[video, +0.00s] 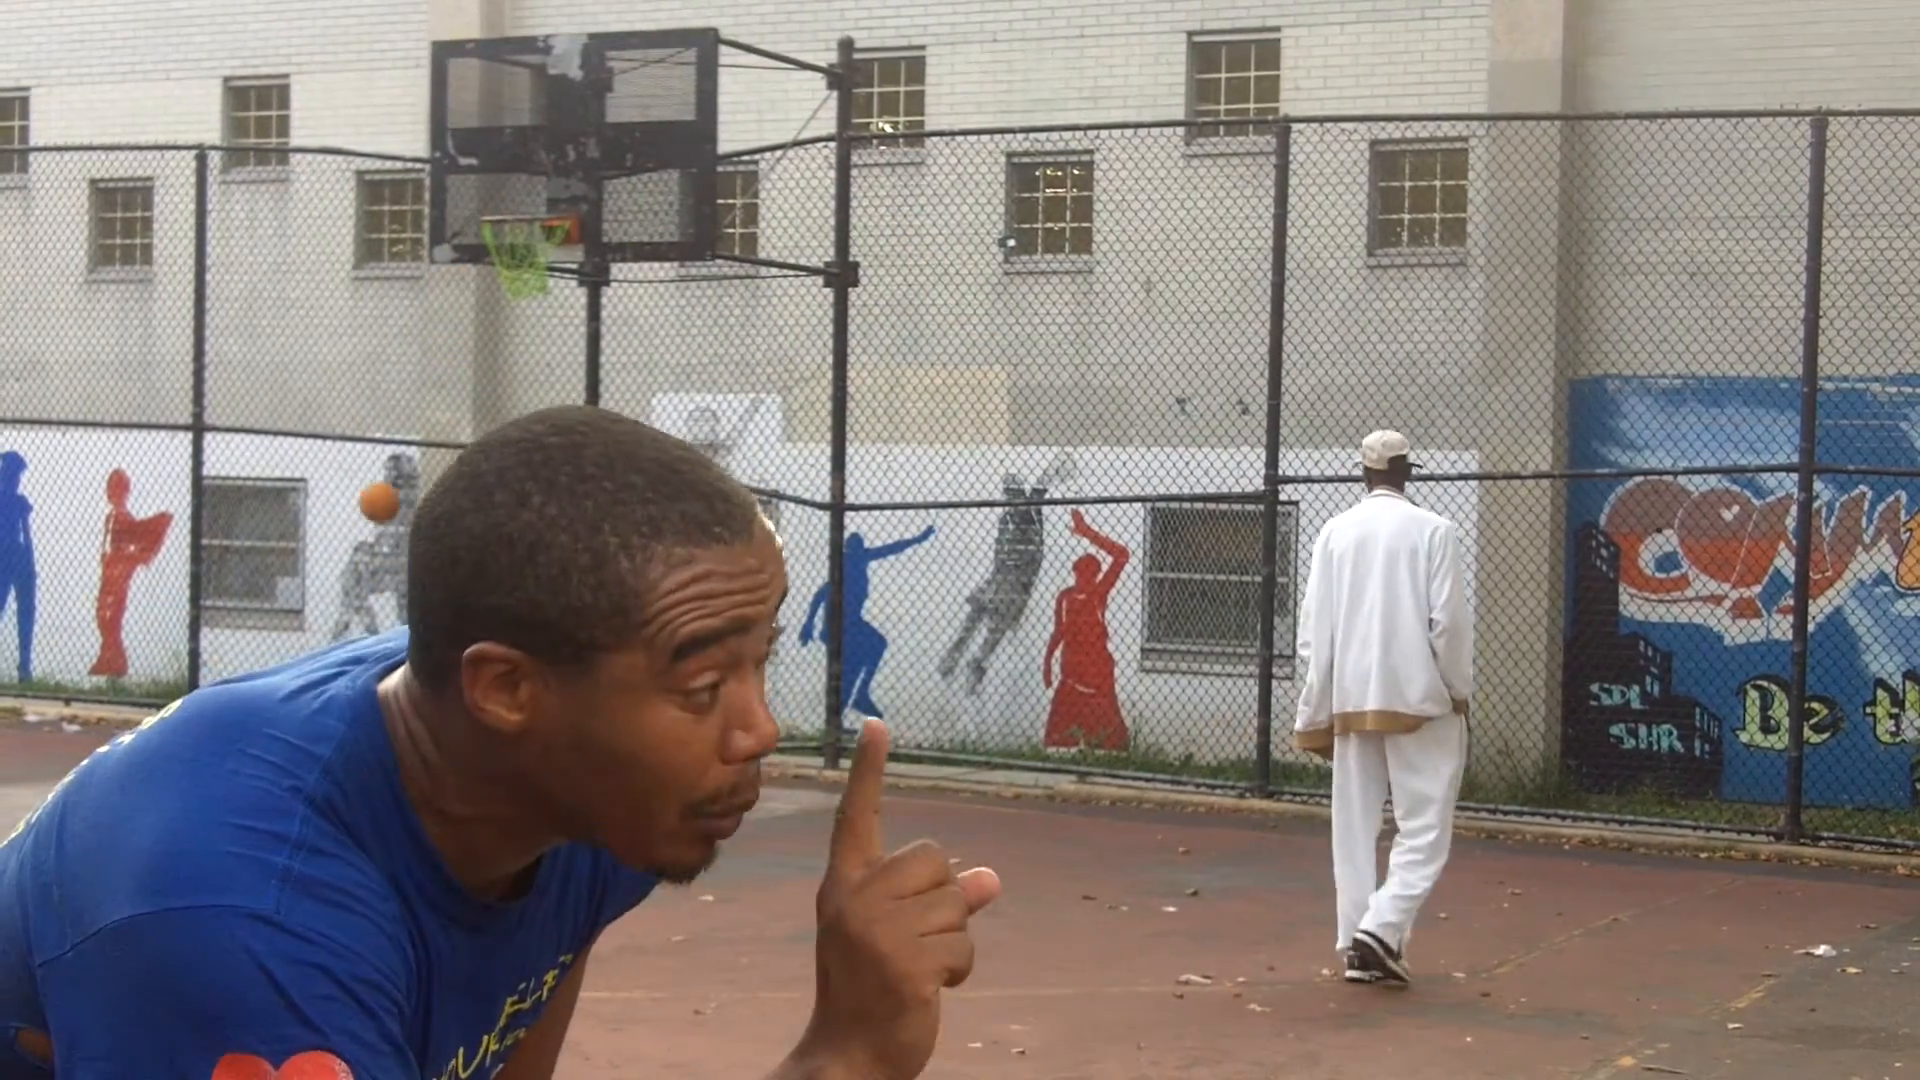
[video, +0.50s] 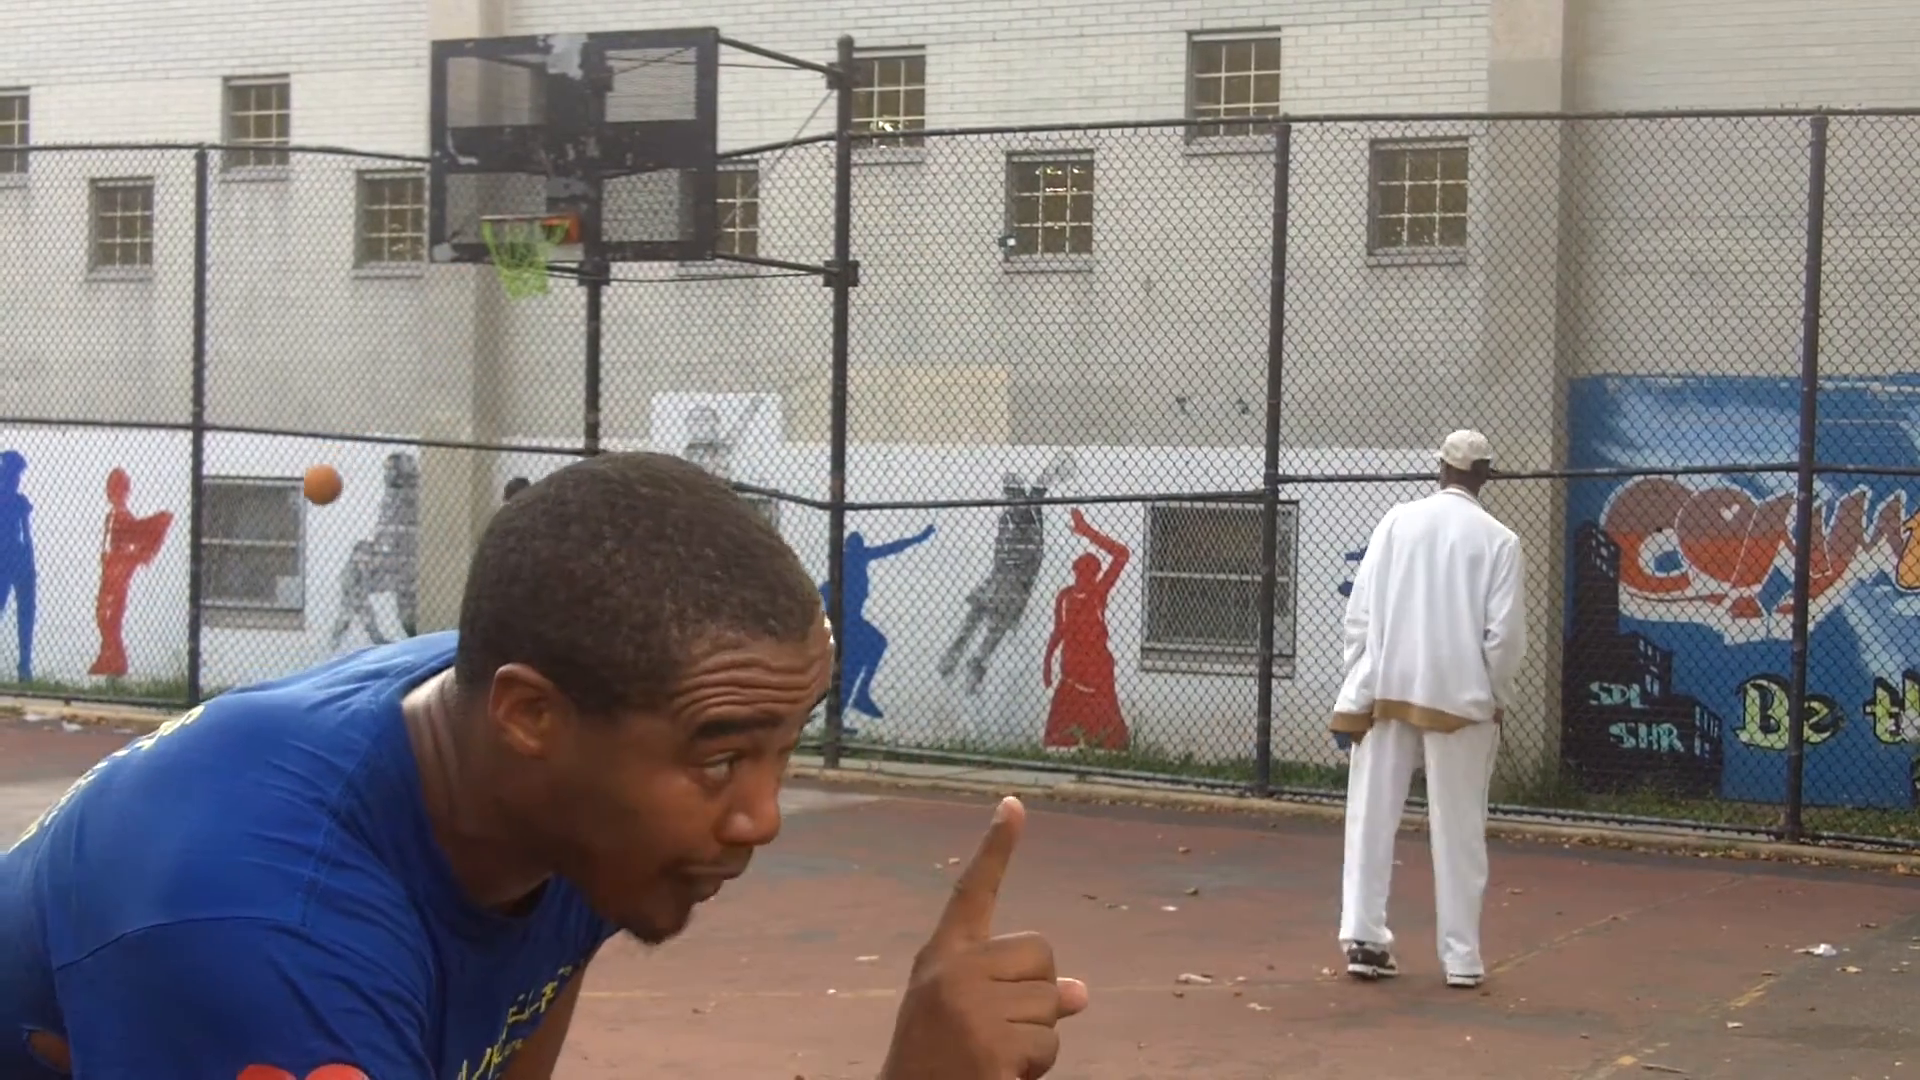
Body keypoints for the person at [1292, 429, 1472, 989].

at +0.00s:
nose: (1399, 477)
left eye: (1380, 470)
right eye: (1404, 470)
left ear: (1364, 476)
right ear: (1408, 474)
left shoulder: (1333, 532)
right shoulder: (1434, 530)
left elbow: (1312, 629)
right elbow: (1447, 623)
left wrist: (1316, 703)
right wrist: (1461, 692)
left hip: (1349, 695)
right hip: (1417, 694)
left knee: (1354, 822)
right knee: (1424, 826)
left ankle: (1358, 950)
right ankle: (1382, 930)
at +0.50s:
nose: (1470, 481)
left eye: (1454, 469)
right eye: (1480, 476)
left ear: (1439, 472)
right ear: (1484, 478)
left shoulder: (1395, 521)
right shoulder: (1498, 540)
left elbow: (1359, 615)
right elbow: (1504, 634)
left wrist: (1356, 687)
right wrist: (1494, 696)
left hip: (1385, 690)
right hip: (1459, 697)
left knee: (1369, 820)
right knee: (1460, 830)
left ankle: (1363, 939)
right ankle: (1461, 960)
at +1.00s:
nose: (1463, 476)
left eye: (1464, 469)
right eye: (1474, 471)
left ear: (1466, 473)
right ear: (1512, 482)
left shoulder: (1425, 519)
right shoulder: (1531, 543)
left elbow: (1390, 609)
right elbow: (1537, 636)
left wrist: (1377, 686)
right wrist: (1518, 700)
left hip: (1411, 686)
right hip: (1487, 695)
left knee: (1396, 815)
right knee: (1474, 821)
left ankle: (1388, 939)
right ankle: (1463, 960)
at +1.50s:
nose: (1426, 476)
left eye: (1429, 468)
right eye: (1428, 467)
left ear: (1443, 471)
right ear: (1477, 475)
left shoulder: (1417, 521)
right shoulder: (1512, 535)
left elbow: (1396, 614)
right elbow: (1531, 626)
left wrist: (1383, 687)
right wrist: (1514, 691)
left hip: (1421, 694)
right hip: (1487, 696)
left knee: (1417, 822)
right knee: (1480, 822)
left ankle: (1428, 950)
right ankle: (1472, 955)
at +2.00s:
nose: (1383, 477)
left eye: (1388, 469)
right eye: (1386, 468)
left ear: (1408, 472)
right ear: (1433, 472)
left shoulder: (1399, 527)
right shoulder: (1477, 529)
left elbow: (1394, 628)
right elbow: (1503, 620)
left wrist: (1380, 698)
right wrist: (1488, 693)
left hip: (1414, 701)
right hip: (1470, 699)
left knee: (1412, 830)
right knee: (1465, 824)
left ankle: (1432, 958)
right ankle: (1470, 954)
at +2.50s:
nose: (1378, 478)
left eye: (1383, 469)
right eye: (1380, 469)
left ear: (1403, 471)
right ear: (1427, 472)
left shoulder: (1400, 526)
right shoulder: (1469, 526)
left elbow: (1396, 627)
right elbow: (1495, 618)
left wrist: (1382, 697)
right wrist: (1480, 690)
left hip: (1415, 703)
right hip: (1466, 701)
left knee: (1413, 832)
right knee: (1458, 826)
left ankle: (1433, 957)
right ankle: (1479, 954)